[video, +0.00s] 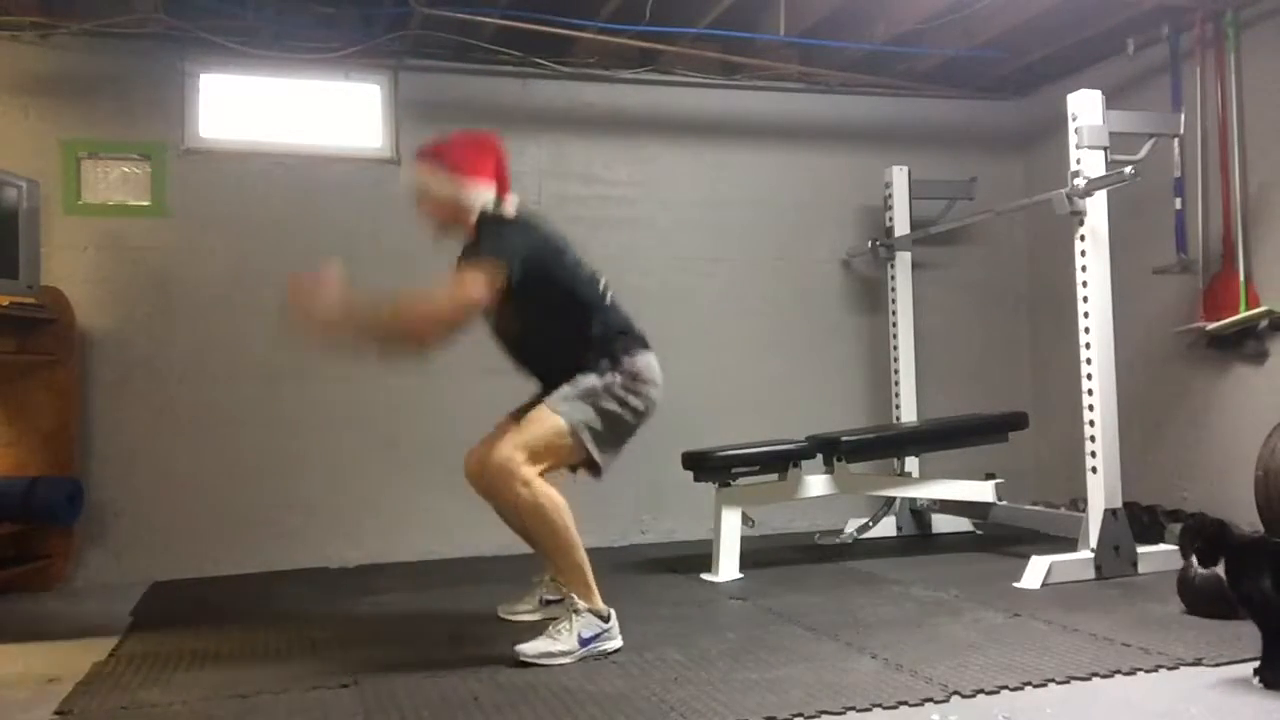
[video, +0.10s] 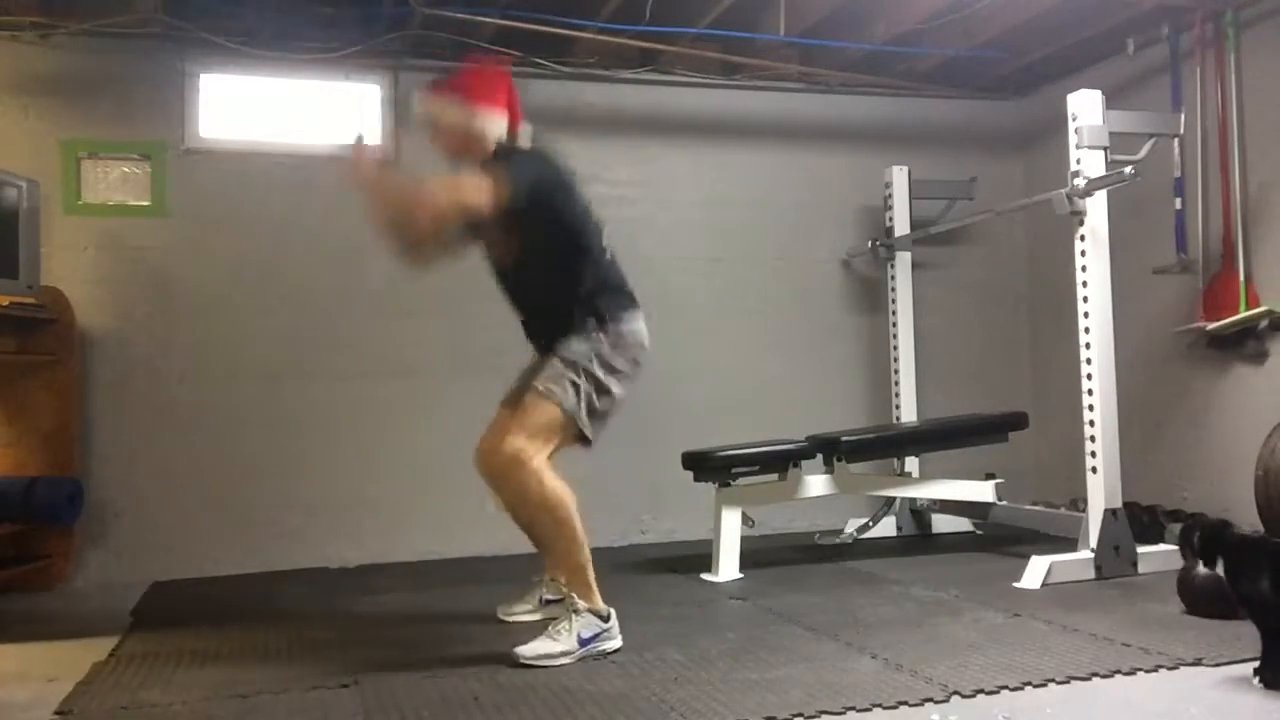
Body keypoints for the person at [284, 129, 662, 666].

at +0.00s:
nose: (423, 207)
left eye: (430, 192)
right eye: (422, 193)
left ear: (467, 188)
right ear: (471, 191)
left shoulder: (506, 234)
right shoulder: (486, 242)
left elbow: (437, 319)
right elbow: (430, 332)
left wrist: (346, 309)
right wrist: (351, 322)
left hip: (619, 374)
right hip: (582, 377)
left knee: (507, 464)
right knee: (487, 465)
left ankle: (593, 614)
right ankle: (566, 579)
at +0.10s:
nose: (437, 135)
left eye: (445, 121)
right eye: (435, 122)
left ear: (482, 118)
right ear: (476, 121)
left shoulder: (527, 168)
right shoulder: (486, 182)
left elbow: (435, 203)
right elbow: (422, 246)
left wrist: (375, 176)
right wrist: (383, 187)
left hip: (603, 336)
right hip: (567, 342)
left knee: (513, 453)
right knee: (499, 457)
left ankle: (593, 612)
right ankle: (566, 577)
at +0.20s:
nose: (461, 83)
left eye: (467, 67)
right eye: (453, 70)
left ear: (501, 56)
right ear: (458, 68)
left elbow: (467, 106)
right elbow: (416, 164)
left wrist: (411, 66)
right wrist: (394, 81)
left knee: (556, 413)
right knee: (521, 415)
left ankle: (584, 589)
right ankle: (550, 562)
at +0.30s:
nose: (468, 29)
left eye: (474, 19)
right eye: (467, 23)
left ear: (512, 10)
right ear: (493, 25)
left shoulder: (545, 47)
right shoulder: (503, 84)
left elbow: (444, 53)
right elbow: (426, 128)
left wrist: (411, 17)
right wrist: (408, 52)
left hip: (592, 239)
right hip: (552, 249)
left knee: (568, 386)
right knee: (534, 388)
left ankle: (589, 554)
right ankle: (550, 537)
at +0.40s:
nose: (474, 23)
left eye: (479, 14)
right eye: (474, 18)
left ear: (512, 5)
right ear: (502, 19)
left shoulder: (552, 40)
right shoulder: (510, 76)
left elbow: (452, 43)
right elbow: (432, 120)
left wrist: (418, 4)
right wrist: (419, 44)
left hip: (590, 235)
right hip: (553, 243)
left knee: (575, 387)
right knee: (541, 390)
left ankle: (603, 558)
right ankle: (569, 545)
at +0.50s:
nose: (482, 41)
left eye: (486, 27)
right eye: (480, 31)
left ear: (528, 22)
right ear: (514, 36)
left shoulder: (565, 71)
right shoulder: (523, 102)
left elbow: (463, 67)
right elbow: (444, 144)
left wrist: (429, 8)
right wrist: (430, 50)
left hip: (586, 266)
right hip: (549, 271)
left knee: (583, 424)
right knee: (552, 429)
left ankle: (626, 595)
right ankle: (596, 573)